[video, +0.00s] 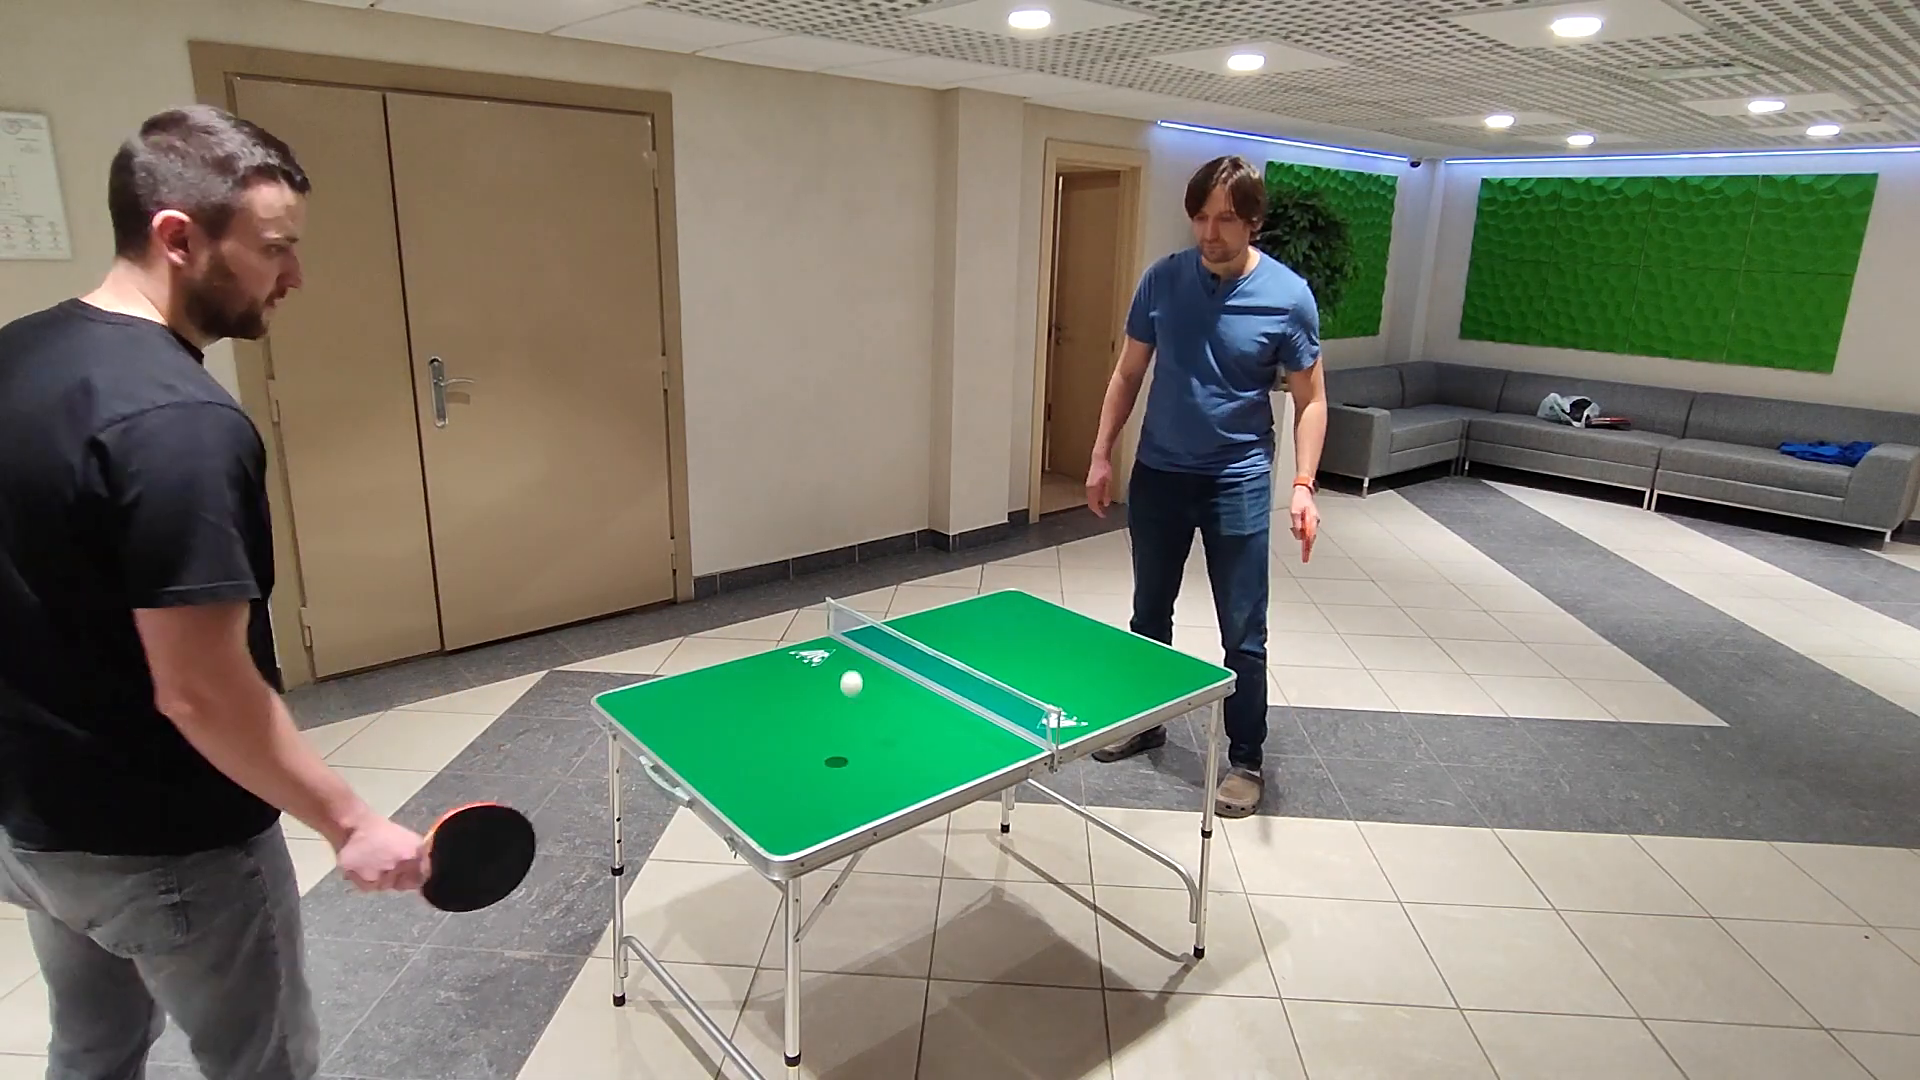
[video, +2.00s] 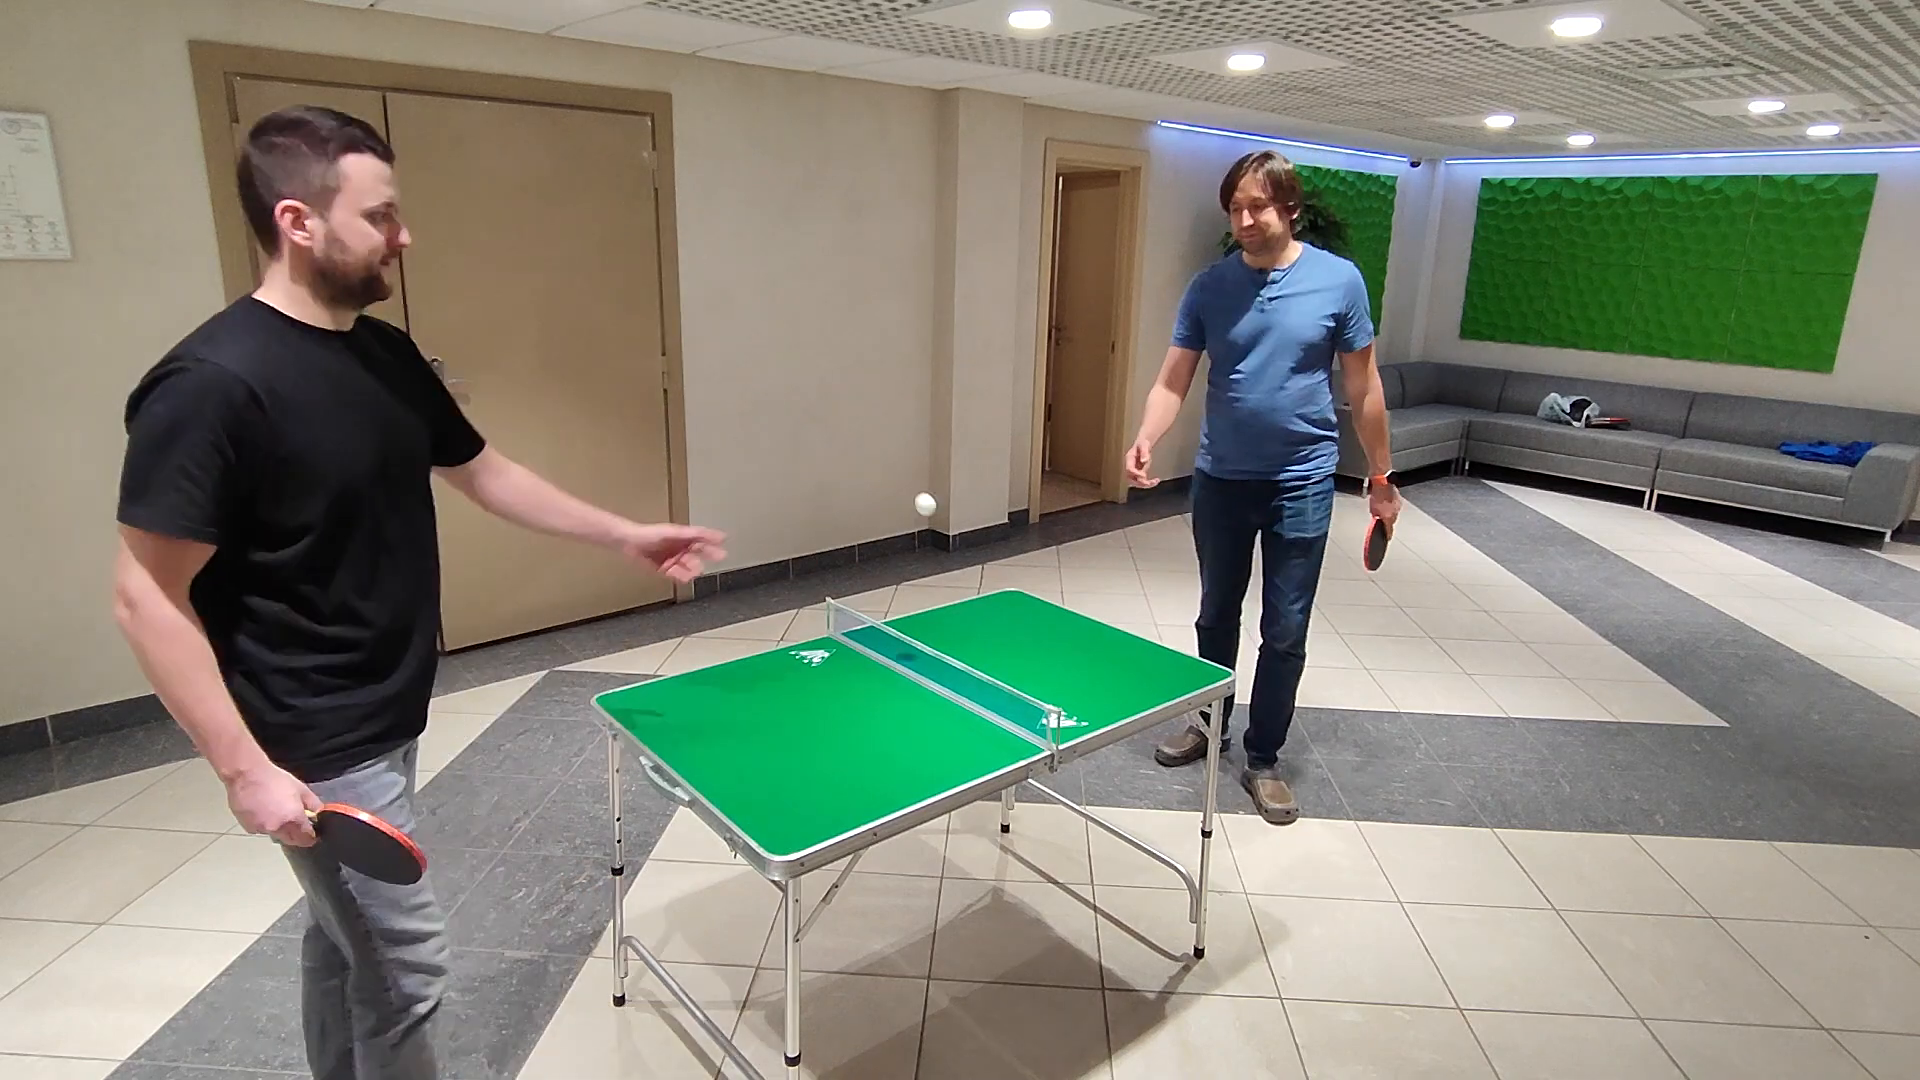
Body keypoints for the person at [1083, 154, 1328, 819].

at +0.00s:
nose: (1210, 231)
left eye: (1226, 219)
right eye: (1202, 217)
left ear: (1254, 221)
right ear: (1191, 215)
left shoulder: (1289, 296)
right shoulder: (1164, 278)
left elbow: (1310, 397)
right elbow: (1128, 371)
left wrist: (1304, 487)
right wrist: (1101, 454)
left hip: (1239, 480)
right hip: (1159, 473)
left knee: (1242, 635)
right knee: (1148, 613)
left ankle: (1244, 764)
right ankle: (1140, 721)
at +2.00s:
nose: (1244, 220)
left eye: (1257, 208)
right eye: (1236, 209)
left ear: (1289, 210)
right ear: (1229, 215)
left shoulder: (1340, 280)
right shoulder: (1212, 284)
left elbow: (1364, 390)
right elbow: (1174, 378)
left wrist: (1381, 480)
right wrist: (1144, 438)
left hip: (1302, 477)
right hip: (1221, 475)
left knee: (1286, 629)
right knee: (1216, 615)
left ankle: (1264, 762)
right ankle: (1209, 723)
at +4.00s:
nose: (1225, 222)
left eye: (1239, 209)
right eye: (1214, 208)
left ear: (1262, 211)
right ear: (1198, 209)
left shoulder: (1296, 291)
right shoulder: (1170, 277)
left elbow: (1275, 414)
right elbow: (1136, 369)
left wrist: (1186, 467)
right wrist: (1130, 421)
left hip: (1249, 483)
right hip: (1169, 479)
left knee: (1270, 634)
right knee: (1155, 627)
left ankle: (1278, 769)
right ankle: (1150, 761)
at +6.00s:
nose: (1196, 243)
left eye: (1207, 231)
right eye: (1192, 232)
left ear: (1246, 232)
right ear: (1204, 233)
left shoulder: (1286, 300)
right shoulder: (1224, 283)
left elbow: (1290, 423)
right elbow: (1233, 380)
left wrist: (1224, 502)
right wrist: (1181, 428)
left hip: (1278, 481)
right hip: (1224, 469)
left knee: (1281, 633)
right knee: (1200, 596)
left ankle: (1298, 771)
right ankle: (1207, 711)